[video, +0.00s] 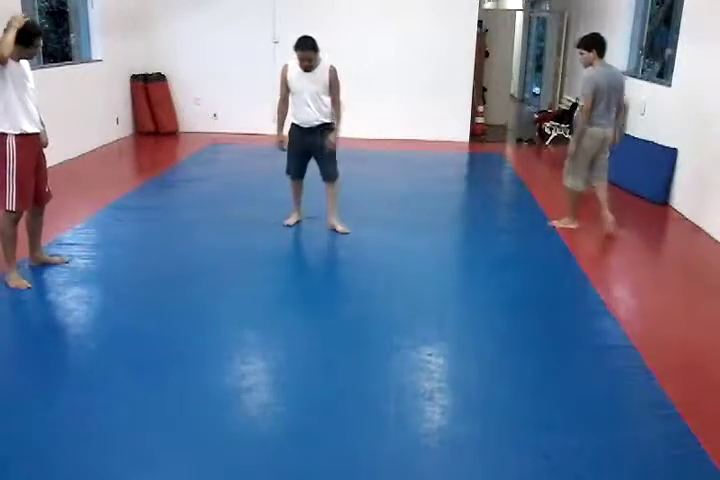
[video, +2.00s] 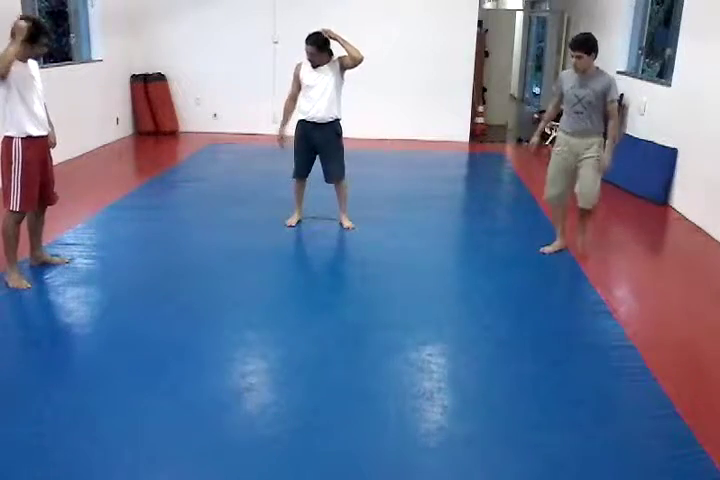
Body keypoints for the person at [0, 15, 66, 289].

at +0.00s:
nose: (29, 58)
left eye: (32, 54)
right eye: (27, 53)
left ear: (30, 48)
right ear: (16, 44)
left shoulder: (23, 63)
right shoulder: (3, 63)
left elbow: (28, 99)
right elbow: (4, 55)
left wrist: (41, 128)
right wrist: (12, 27)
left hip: (32, 135)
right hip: (11, 136)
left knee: (38, 200)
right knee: (12, 208)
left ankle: (37, 253)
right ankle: (10, 268)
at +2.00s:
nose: (37, 56)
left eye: (40, 53)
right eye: (36, 51)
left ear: (38, 47)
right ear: (23, 42)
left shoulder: (31, 63)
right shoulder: (6, 63)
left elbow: (39, 99)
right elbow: (3, 73)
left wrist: (49, 129)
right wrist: (15, 42)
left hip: (39, 137)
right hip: (16, 139)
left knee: (40, 202)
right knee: (16, 208)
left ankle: (37, 252)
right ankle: (11, 268)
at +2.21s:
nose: (46, 48)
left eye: (46, 42)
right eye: (42, 42)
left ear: (27, 42)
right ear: (24, 41)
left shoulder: (32, 67)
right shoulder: (6, 64)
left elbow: (37, 101)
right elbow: (6, 79)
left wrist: (49, 130)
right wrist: (35, 77)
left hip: (38, 138)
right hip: (15, 140)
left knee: (39, 202)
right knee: (16, 208)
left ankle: (37, 252)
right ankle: (11, 268)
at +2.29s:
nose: (46, 47)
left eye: (46, 41)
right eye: (43, 42)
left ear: (27, 42)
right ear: (25, 41)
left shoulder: (32, 64)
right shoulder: (5, 66)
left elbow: (37, 100)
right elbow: (1, 91)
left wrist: (49, 129)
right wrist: (18, 95)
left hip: (38, 139)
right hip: (15, 141)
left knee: (40, 202)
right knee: (16, 208)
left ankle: (37, 253)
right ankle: (11, 268)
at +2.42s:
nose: (46, 46)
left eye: (46, 41)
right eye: (43, 41)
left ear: (28, 42)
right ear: (25, 41)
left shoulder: (32, 63)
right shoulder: (5, 67)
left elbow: (38, 100)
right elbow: (0, 102)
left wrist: (49, 129)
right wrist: (6, 109)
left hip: (39, 139)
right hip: (15, 142)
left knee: (40, 202)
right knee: (17, 209)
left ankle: (37, 253)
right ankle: (11, 268)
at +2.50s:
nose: (47, 46)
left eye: (47, 41)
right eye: (44, 41)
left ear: (29, 42)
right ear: (26, 41)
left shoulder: (32, 64)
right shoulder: (5, 68)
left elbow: (37, 100)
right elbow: (0, 107)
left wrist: (48, 128)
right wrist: (17, 127)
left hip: (39, 140)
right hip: (16, 142)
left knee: (40, 202)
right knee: (17, 209)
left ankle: (37, 252)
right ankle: (11, 268)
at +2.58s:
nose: (47, 46)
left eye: (47, 41)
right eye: (44, 41)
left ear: (29, 42)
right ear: (26, 41)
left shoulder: (32, 64)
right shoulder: (5, 67)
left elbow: (37, 100)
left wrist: (48, 128)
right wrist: (17, 129)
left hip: (39, 140)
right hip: (16, 143)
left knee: (40, 202)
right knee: (17, 209)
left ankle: (37, 252)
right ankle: (11, 268)